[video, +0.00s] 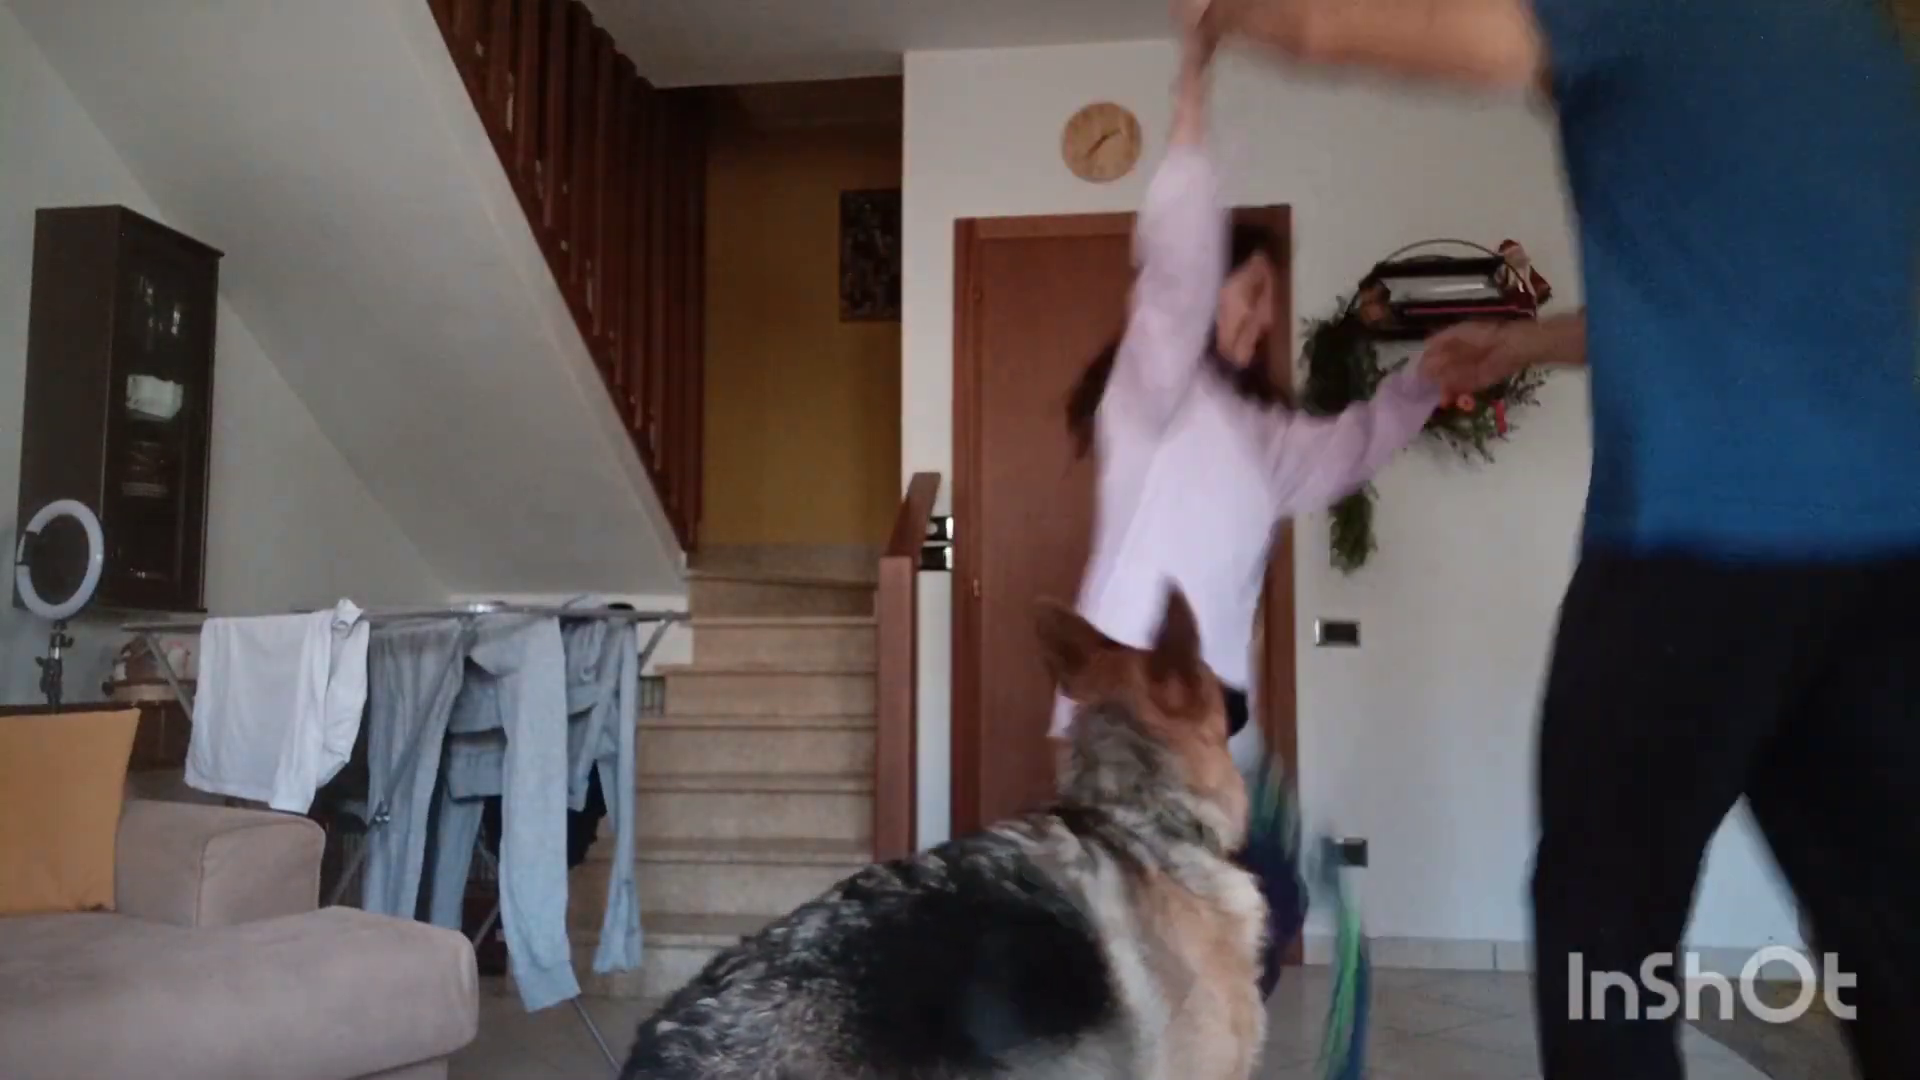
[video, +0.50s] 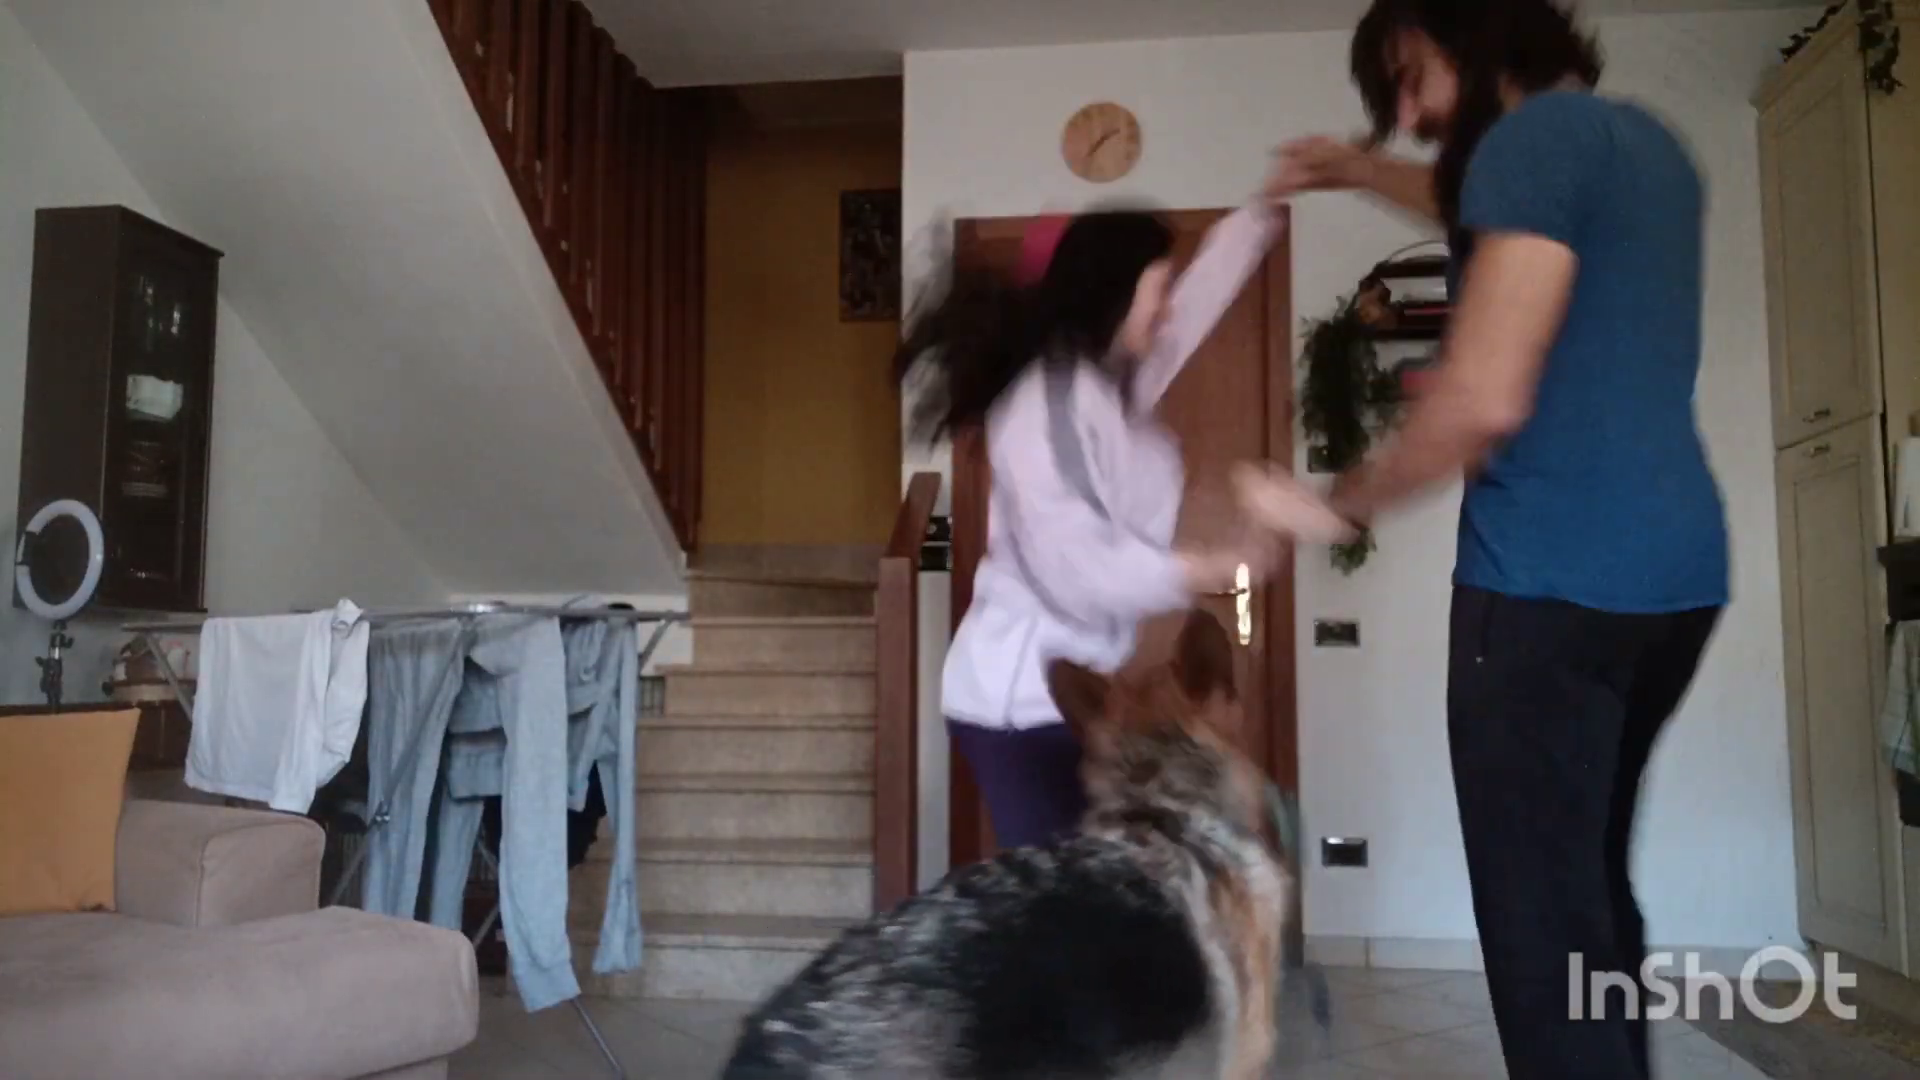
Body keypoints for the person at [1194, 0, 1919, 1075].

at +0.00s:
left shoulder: (1631, 21)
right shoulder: (1870, 41)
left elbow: (1330, 28)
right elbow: (1754, 285)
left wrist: (1230, 10)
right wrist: (1536, 343)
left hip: (1695, 543)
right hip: (1880, 547)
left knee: (1600, 924)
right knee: (1895, 938)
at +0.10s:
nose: (1490, 58)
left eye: (1493, 35)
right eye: (1486, 43)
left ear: (1541, 11)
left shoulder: (1588, 70)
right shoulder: (1817, 93)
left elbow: (1295, 130)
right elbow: (1728, 324)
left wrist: (1196, 97)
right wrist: (1514, 364)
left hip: (1634, 604)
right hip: (1833, 608)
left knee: (1566, 952)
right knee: (1838, 975)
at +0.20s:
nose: (1462, 51)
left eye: (1465, 22)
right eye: (1450, 33)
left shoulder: (1555, 78)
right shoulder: (1770, 85)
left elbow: (1278, 210)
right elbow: (1691, 308)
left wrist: (1169, 197)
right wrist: (1487, 320)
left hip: (1600, 583)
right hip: (1774, 579)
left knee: (1561, 932)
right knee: (1718, 904)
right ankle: (1861, 1071)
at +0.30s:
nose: (1431, 39)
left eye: (1435, 9)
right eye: (1422, 19)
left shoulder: (1540, 73)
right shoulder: (1723, 75)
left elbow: (1344, 288)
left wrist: (1189, 311)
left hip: (1583, 549)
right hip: (1745, 539)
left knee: (1559, 907)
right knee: (1668, 868)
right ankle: (1768, 1067)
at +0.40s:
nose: (1422, 67)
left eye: (1426, 31)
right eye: (1412, 40)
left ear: (1486, 6)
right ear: (1576, 1)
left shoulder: (1526, 102)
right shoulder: (1686, 101)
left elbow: (1420, 355)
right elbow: (1605, 250)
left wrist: (1285, 423)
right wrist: (1449, 185)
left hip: (1561, 561)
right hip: (1699, 553)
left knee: (1544, 904)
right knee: (1631, 876)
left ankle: (1584, 1066)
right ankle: (1664, 1059)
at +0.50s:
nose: (1409, 109)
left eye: (1413, 74)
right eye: (1396, 89)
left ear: (1476, 38)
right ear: (1529, 35)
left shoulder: (1537, 146)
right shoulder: (1650, 145)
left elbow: (1483, 397)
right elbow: (1511, 212)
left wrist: (1343, 503)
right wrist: (1367, 172)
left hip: (1549, 581)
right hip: (1661, 577)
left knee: (1533, 908)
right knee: (1588, 883)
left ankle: (1576, 1071)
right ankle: (1616, 1061)